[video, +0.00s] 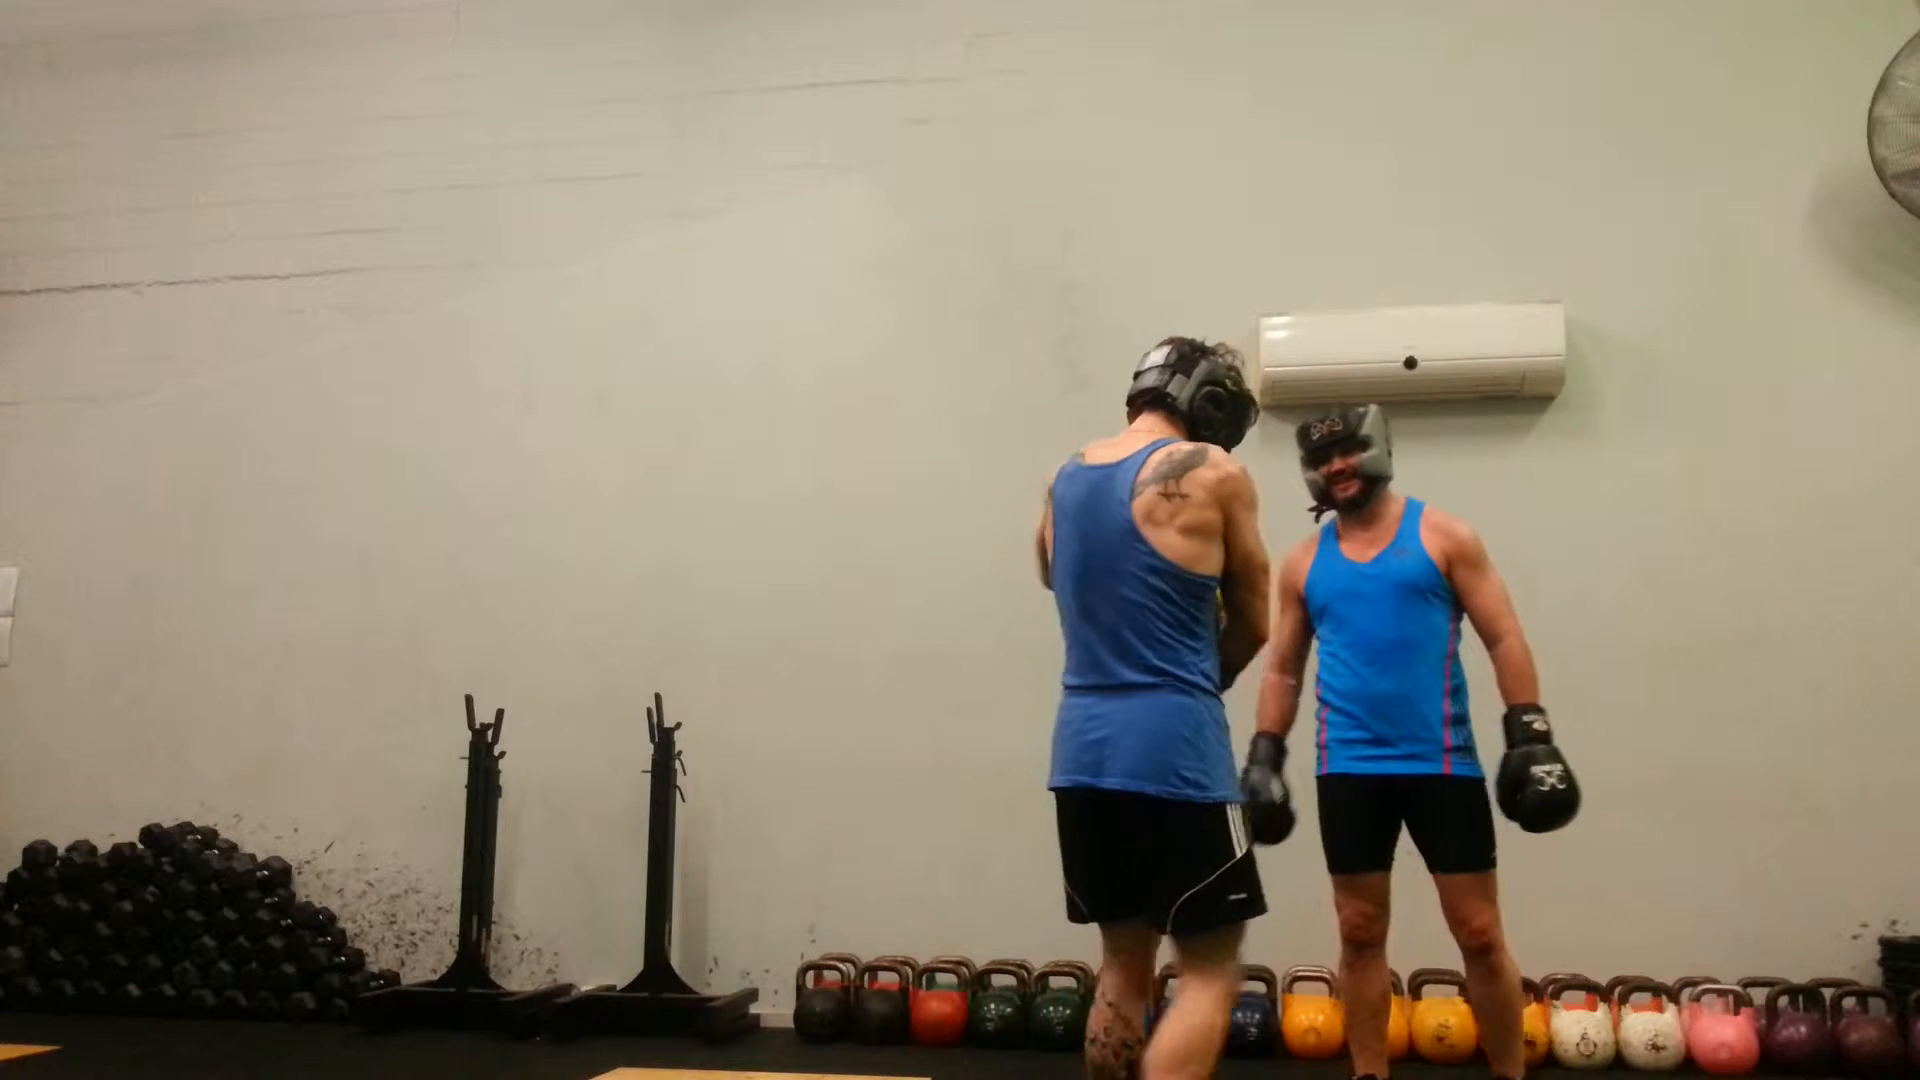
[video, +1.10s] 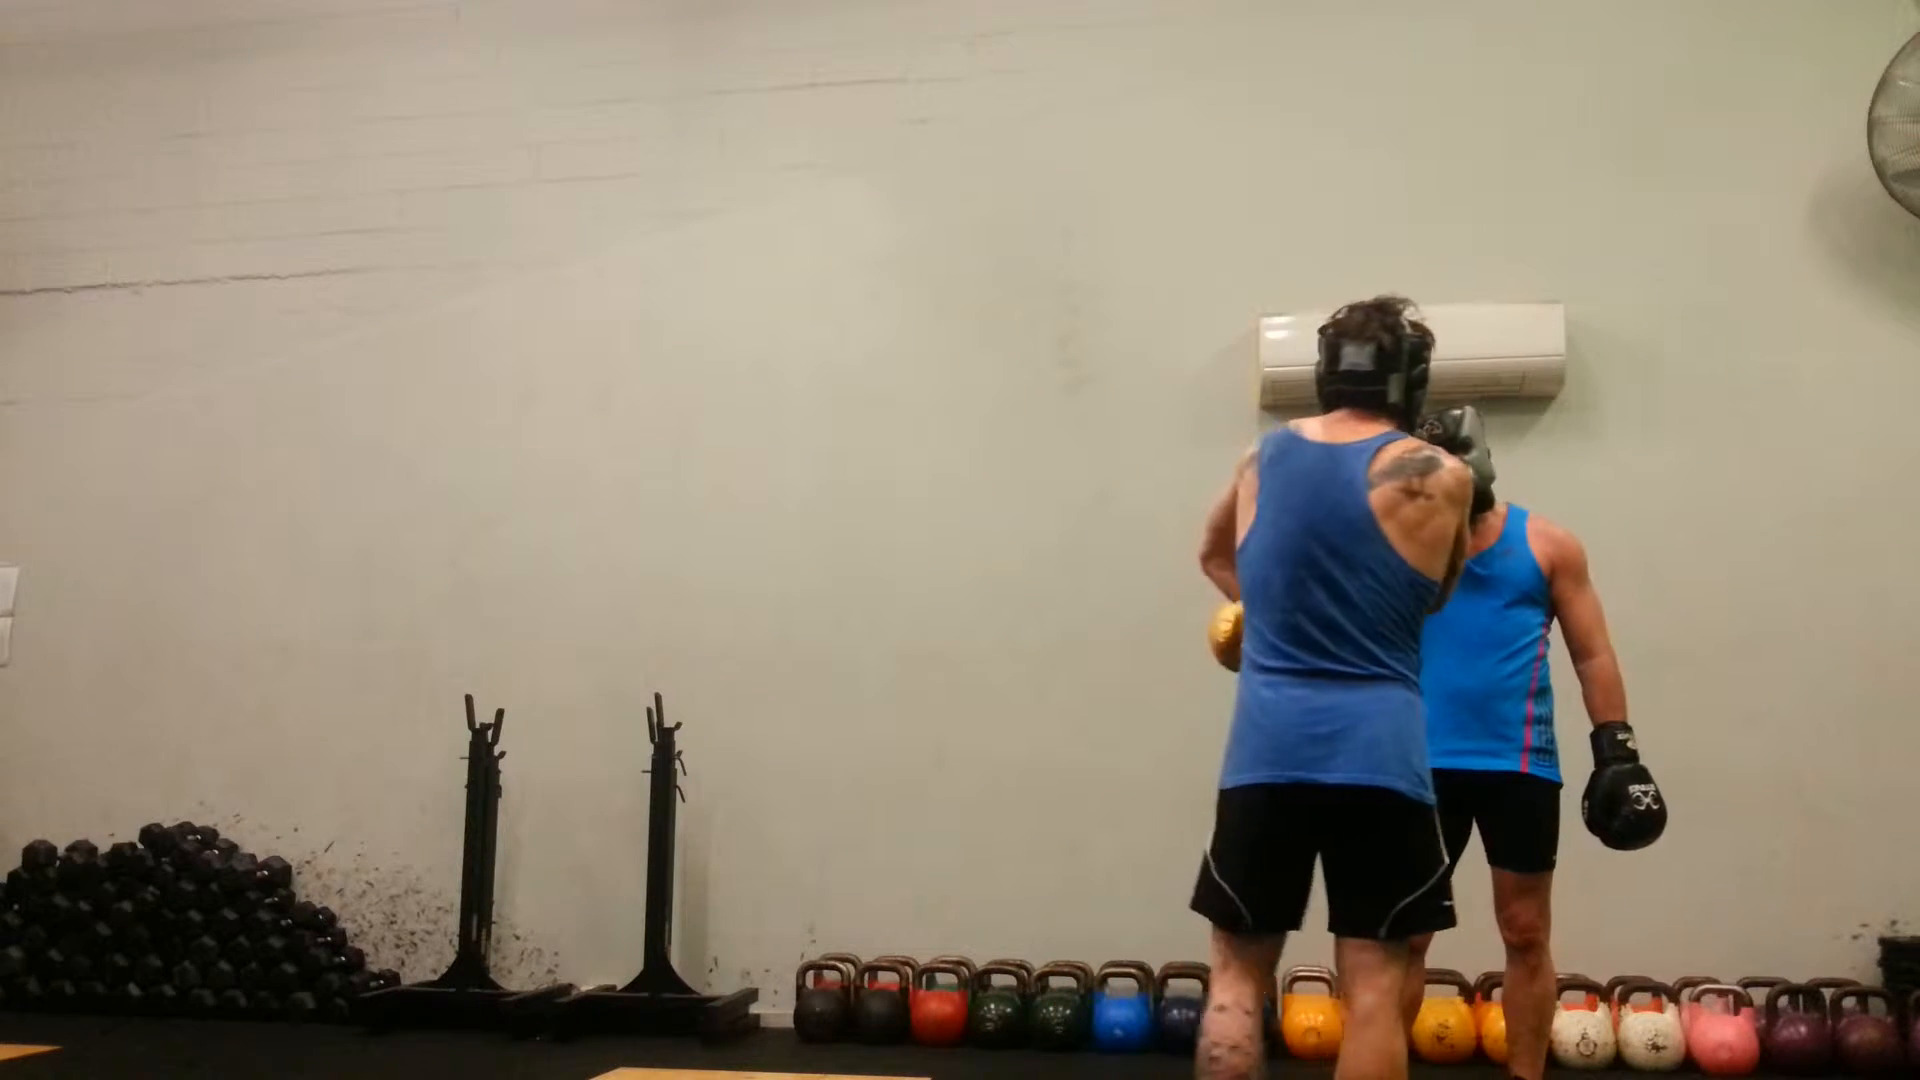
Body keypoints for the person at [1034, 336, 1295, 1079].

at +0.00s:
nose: (1227, 437)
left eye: (1229, 425)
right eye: (1226, 422)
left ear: (1138, 398)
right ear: (1205, 404)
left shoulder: (1069, 472)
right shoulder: (1216, 471)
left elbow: (1055, 573)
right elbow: (1253, 622)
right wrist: (1186, 687)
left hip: (1082, 762)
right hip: (1177, 765)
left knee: (1122, 962)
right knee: (1209, 972)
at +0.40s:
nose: (1254, 442)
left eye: (1259, 433)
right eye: (1256, 428)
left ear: (1170, 404)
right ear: (1235, 410)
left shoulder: (1107, 478)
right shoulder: (1240, 472)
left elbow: (1147, 621)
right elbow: (1295, 614)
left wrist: (1243, 669)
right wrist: (1208, 657)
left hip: (1124, 764)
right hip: (1221, 763)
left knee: (1145, 964)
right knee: (1294, 967)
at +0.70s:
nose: (1348, 395)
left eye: (1341, 382)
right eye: (1341, 383)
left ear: (1248, 388)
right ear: (1325, 391)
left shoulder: (1200, 468)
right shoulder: (1339, 476)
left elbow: (1239, 591)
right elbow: (1379, 604)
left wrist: (1342, 624)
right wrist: (1313, 638)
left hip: (1200, 756)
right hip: (1301, 760)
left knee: (1189, 956)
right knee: (1334, 973)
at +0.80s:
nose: (1381, 391)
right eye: (1374, 378)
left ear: (1276, 383)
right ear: (1359, 387)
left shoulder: (1229, 465)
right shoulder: (1380, 477)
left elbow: (1196, 577)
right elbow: (1403, 606)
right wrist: (1302, 633)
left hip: (1221, 755)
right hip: (1327, 759)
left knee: (1190, 960)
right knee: (1344, 983)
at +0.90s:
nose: (1406, 388)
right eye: (1401, 376)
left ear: (1302, 381)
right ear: (1388, 388)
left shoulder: (1247, 462)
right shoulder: (1412, 478)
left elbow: (1203, 571)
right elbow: (1417, 609)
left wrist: (1280, 624)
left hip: (1235, 756)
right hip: (1346, 762)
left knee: (1201, 965)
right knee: (1353, 989)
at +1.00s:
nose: (1419, 385)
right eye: (1416, 374)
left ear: (1318, 375)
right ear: (1406, 384)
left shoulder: (1258, 456)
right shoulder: (1430, 476)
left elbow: (1211, 562)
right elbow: (1431, 601)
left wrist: (1285, 621)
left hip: (1251, 758)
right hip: (1364, 762)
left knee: (1216, 975)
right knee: (1363, 985)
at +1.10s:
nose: (1423, 380)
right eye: (1420, 370)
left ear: (1324, 374)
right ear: (1413, 382)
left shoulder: (1266, 455)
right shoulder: (1443, 476)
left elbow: (1215, 554)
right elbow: (1434, 583)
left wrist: (1287, 612)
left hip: (1264, 761)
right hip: (1379, 765)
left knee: (1237, 979)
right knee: (1374, 993)